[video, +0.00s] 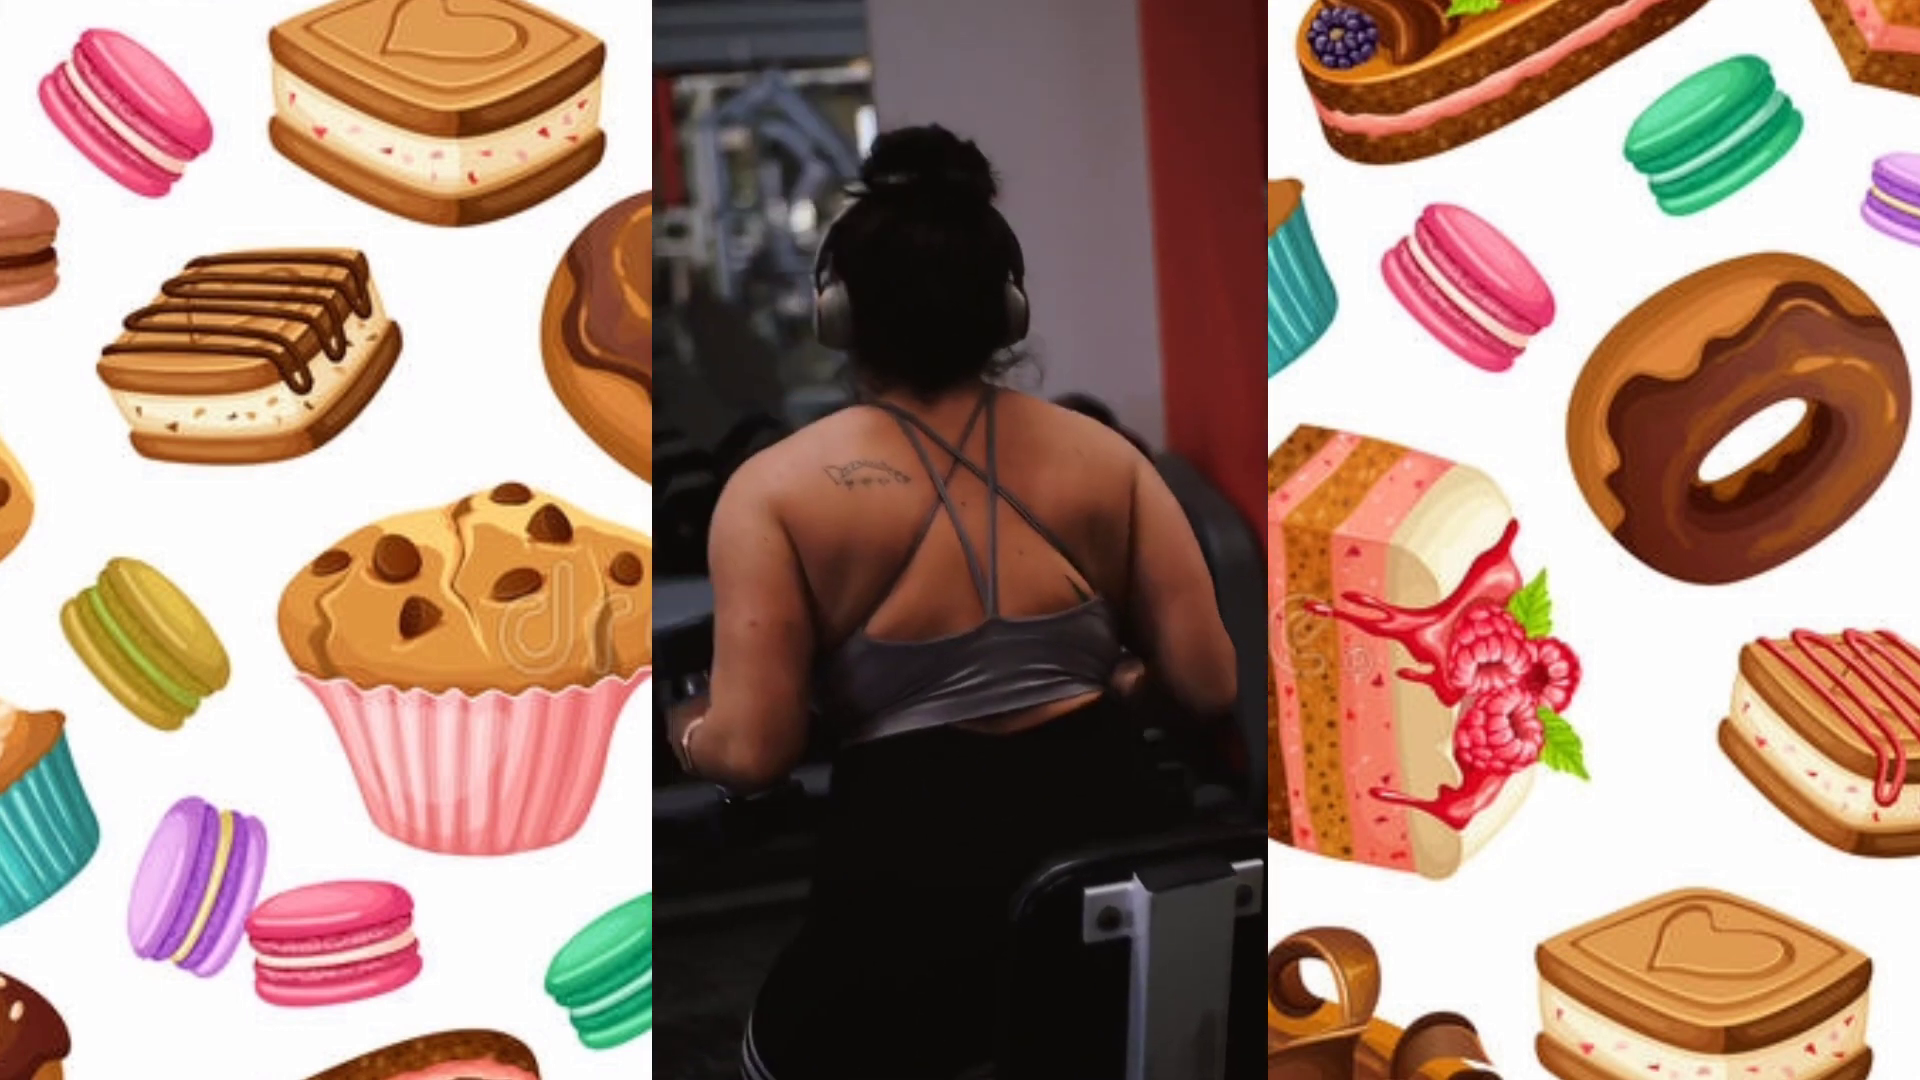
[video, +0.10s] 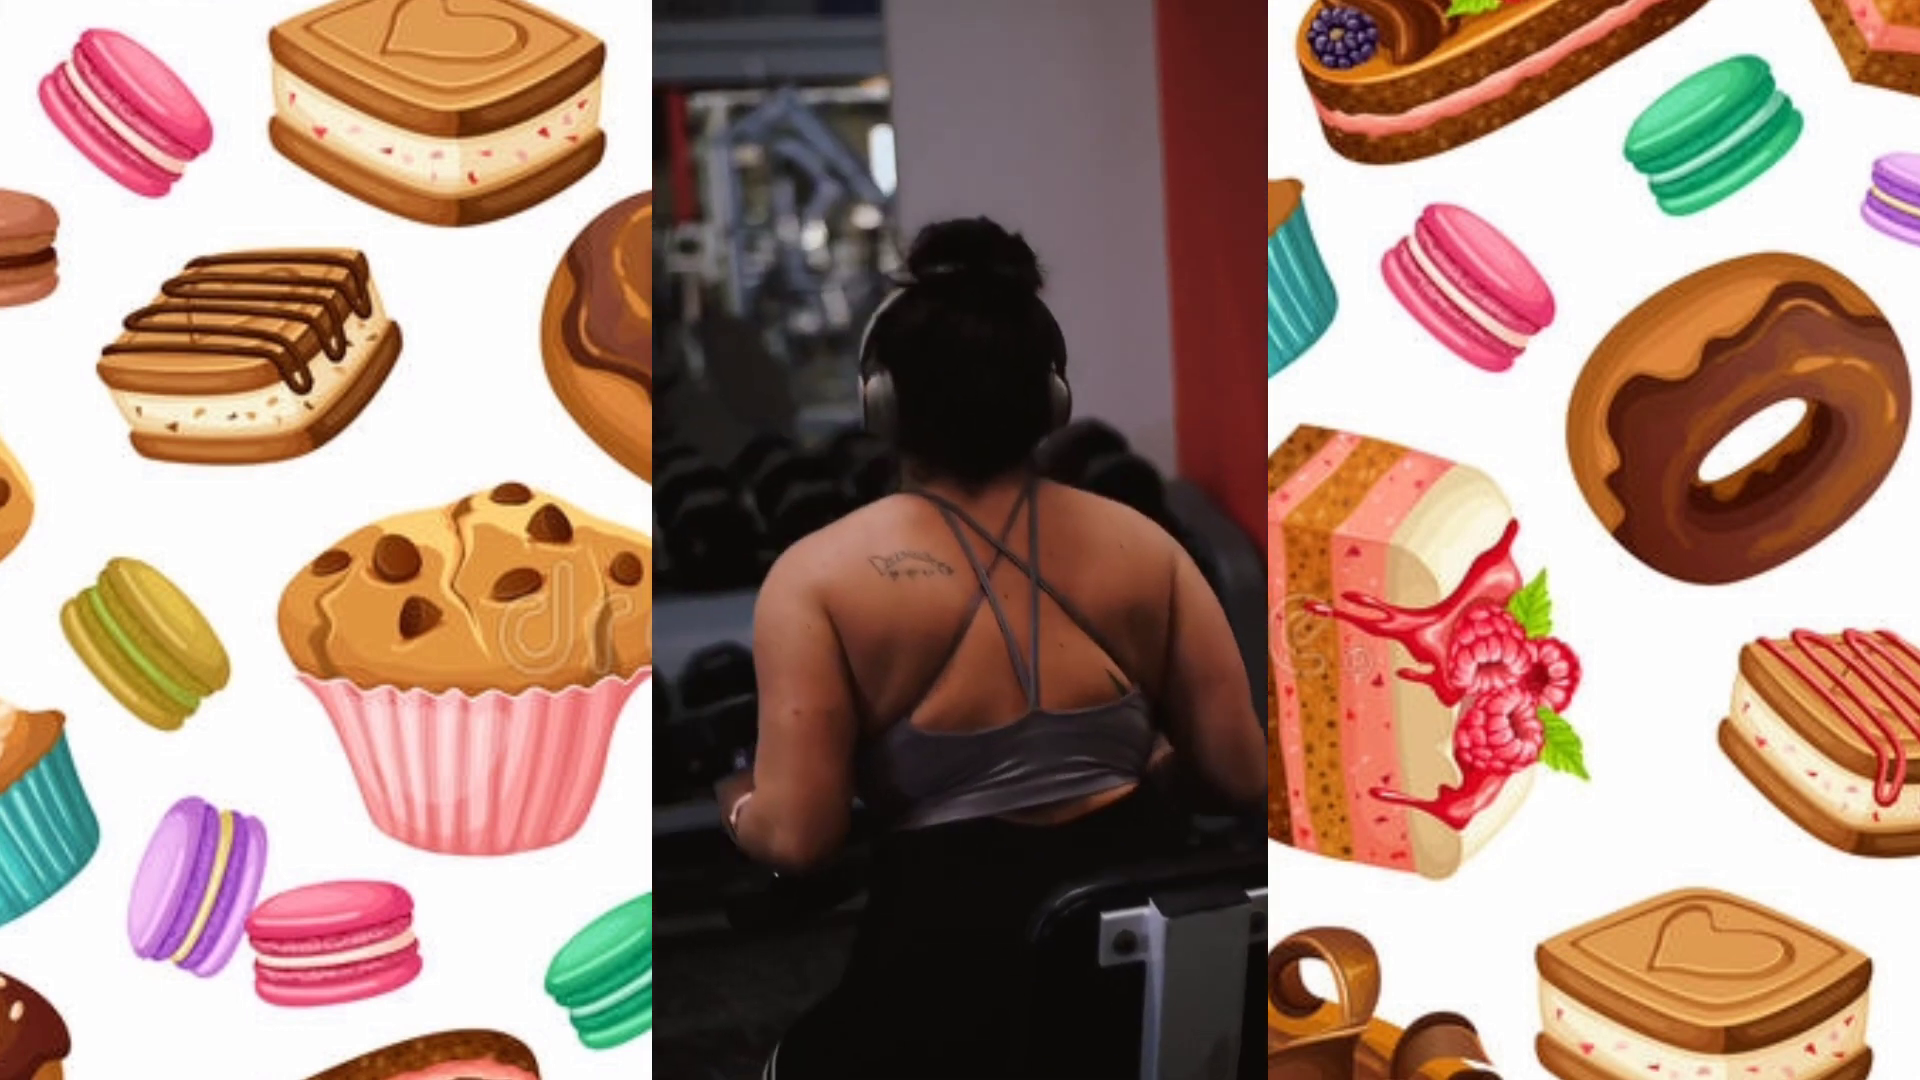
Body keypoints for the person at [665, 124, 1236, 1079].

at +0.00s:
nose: (821, 299)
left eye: (829, 282)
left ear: (841, 310)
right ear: (1003, 303)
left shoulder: (776, 492)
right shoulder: (1101, 457)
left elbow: (755, 752)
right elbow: (1211, 683)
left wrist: (696, 735)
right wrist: (1123, 681)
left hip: (908, 919)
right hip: (1113, 902)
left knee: (781, 1047)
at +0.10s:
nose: (862, 399)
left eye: (867, 383)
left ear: (882, 407)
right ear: (1053, 400)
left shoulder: (817, 580)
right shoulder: (1142, 548)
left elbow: (800, 837)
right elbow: (1245, 774)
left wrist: (749, 813)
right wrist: (1154, 759)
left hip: (938, 1000)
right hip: (1142, 988)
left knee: (800, 1057)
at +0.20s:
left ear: (906, 467)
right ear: (1078, 454)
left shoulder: (844, 644)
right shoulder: (1167, 604)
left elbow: (825, 902)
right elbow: (1259, 823)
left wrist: (780, 866)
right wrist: (1154, 802)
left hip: (965, 1034)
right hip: (1160, 1018)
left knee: (812, 1061)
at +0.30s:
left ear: (919, 463)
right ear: (1098, 453)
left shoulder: (859, 644)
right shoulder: (1182, 599)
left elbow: (838, 905)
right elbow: (1266, 792)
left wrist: (798, 860)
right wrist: (1167, 799)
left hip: (974, 1033)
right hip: (1176, 1014)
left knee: (799, 1041)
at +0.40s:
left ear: (938, 467)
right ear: (1116, 456)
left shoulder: (877, 648)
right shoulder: (1207, 604)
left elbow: (857, 917)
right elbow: (1287, 819)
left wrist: (815, 862)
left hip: (984, 1036)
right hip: (1190, 1016)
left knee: (805, 989)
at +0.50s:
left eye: (931, 450)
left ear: (950, 474)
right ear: (1129, 457)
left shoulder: (885, 663)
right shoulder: (1223, 611)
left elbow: (858, 935)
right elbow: (1291, 837)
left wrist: (814, 860)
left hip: (973, 1038)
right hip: (1187, 1018)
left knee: (810, 951)